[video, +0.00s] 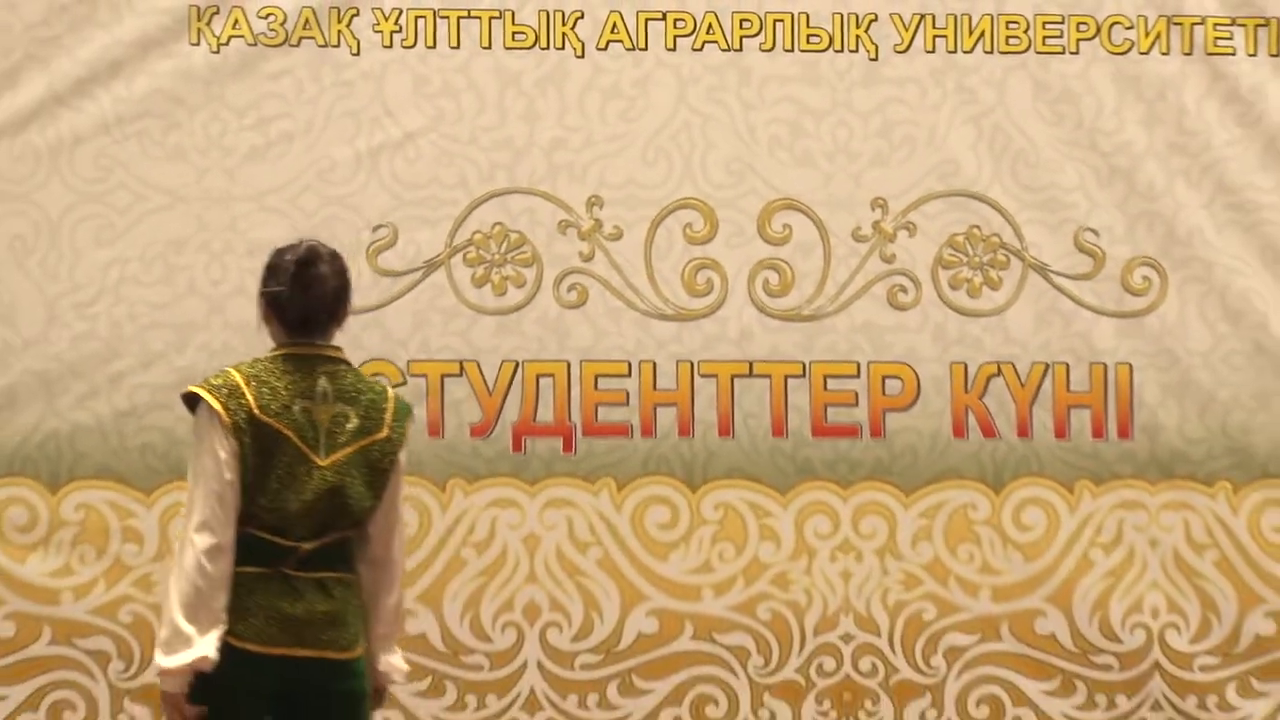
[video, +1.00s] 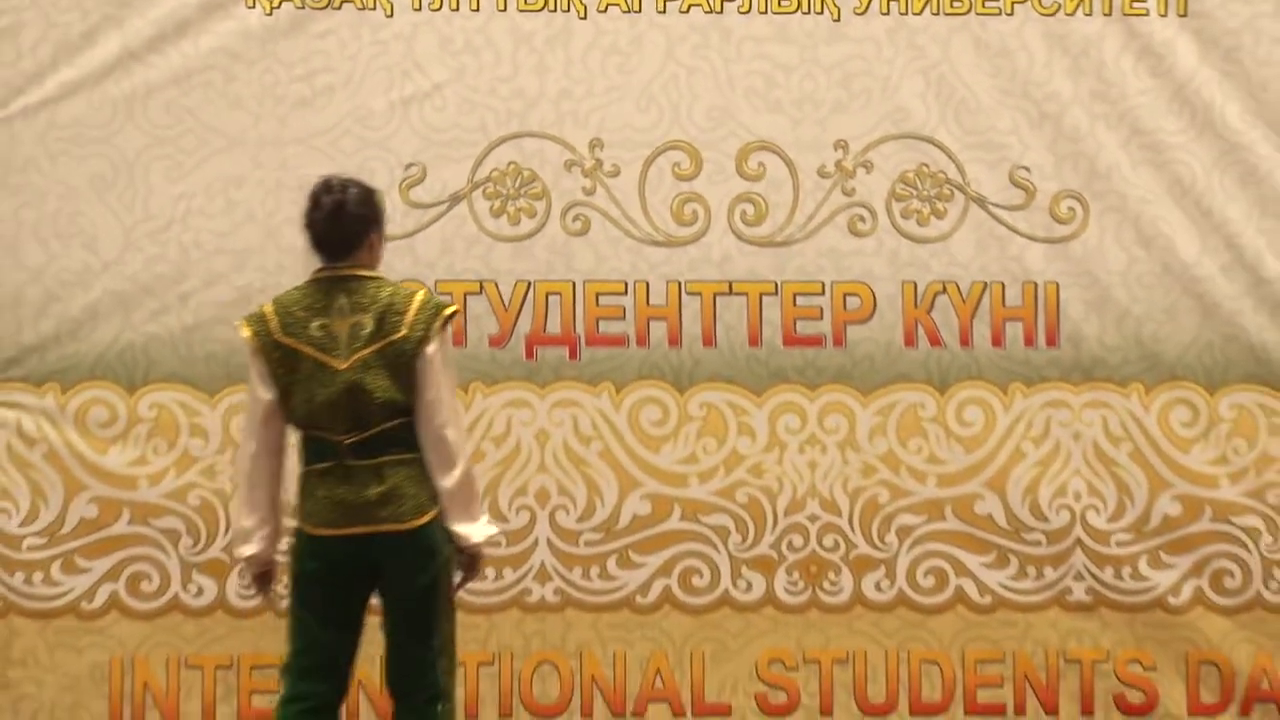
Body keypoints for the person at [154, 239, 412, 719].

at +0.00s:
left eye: (261, 300)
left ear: (266, 310)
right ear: (344, 312)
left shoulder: (229, 398)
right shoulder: (383, 409)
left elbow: (210, 539)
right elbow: (382, 546)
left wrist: (178, 665)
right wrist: (381, 659)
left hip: (242, 660)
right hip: (338, 663)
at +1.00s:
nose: (383, 240)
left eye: (378, 231)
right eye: (381, 231)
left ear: (313, 239)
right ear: (373, 237)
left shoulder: (274, 323)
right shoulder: (413, 310)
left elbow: (264, 445)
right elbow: (440, 430)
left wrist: (258, 544)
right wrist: (468, 528)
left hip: (327, 539)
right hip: (411, 533)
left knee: (310, 691)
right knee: (422, 694)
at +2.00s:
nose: (363, 190)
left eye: (350, 180)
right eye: (390, 183)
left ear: (346, 185)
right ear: (405, 188)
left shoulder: (314, 252)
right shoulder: (433, 259)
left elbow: (292, 352)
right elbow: (444, 362)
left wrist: (277, 438)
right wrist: (449, 445)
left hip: (322, 444)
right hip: (399, 448)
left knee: (306, 584)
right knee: (412, 584)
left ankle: (300, 718)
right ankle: (430, 714)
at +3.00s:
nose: (394, 182)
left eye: (382, 175)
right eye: (394, 175)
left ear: (340, 181)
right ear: (390, 180)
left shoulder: (310, 243)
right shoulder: (418, 236)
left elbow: (300, 336)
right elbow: (435, 329)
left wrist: (296, 410)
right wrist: (455, 403)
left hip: (345, 410)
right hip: (412, 408)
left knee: (336, 528)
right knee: (419, 532)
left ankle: (317, 648)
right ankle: (416, 652)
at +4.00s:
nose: (378, 198)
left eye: (363, 189)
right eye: (390, 190)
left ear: (355, 192)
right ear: (402, 195)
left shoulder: (326, 246)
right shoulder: (426, 253)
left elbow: (311, 326)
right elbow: (430, 336)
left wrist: (299, 395)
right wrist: (430, 400)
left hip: (336, 404)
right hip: (398, 406)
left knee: (327, 517)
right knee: (403, 517)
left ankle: (322, 623)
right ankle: (412, 622)